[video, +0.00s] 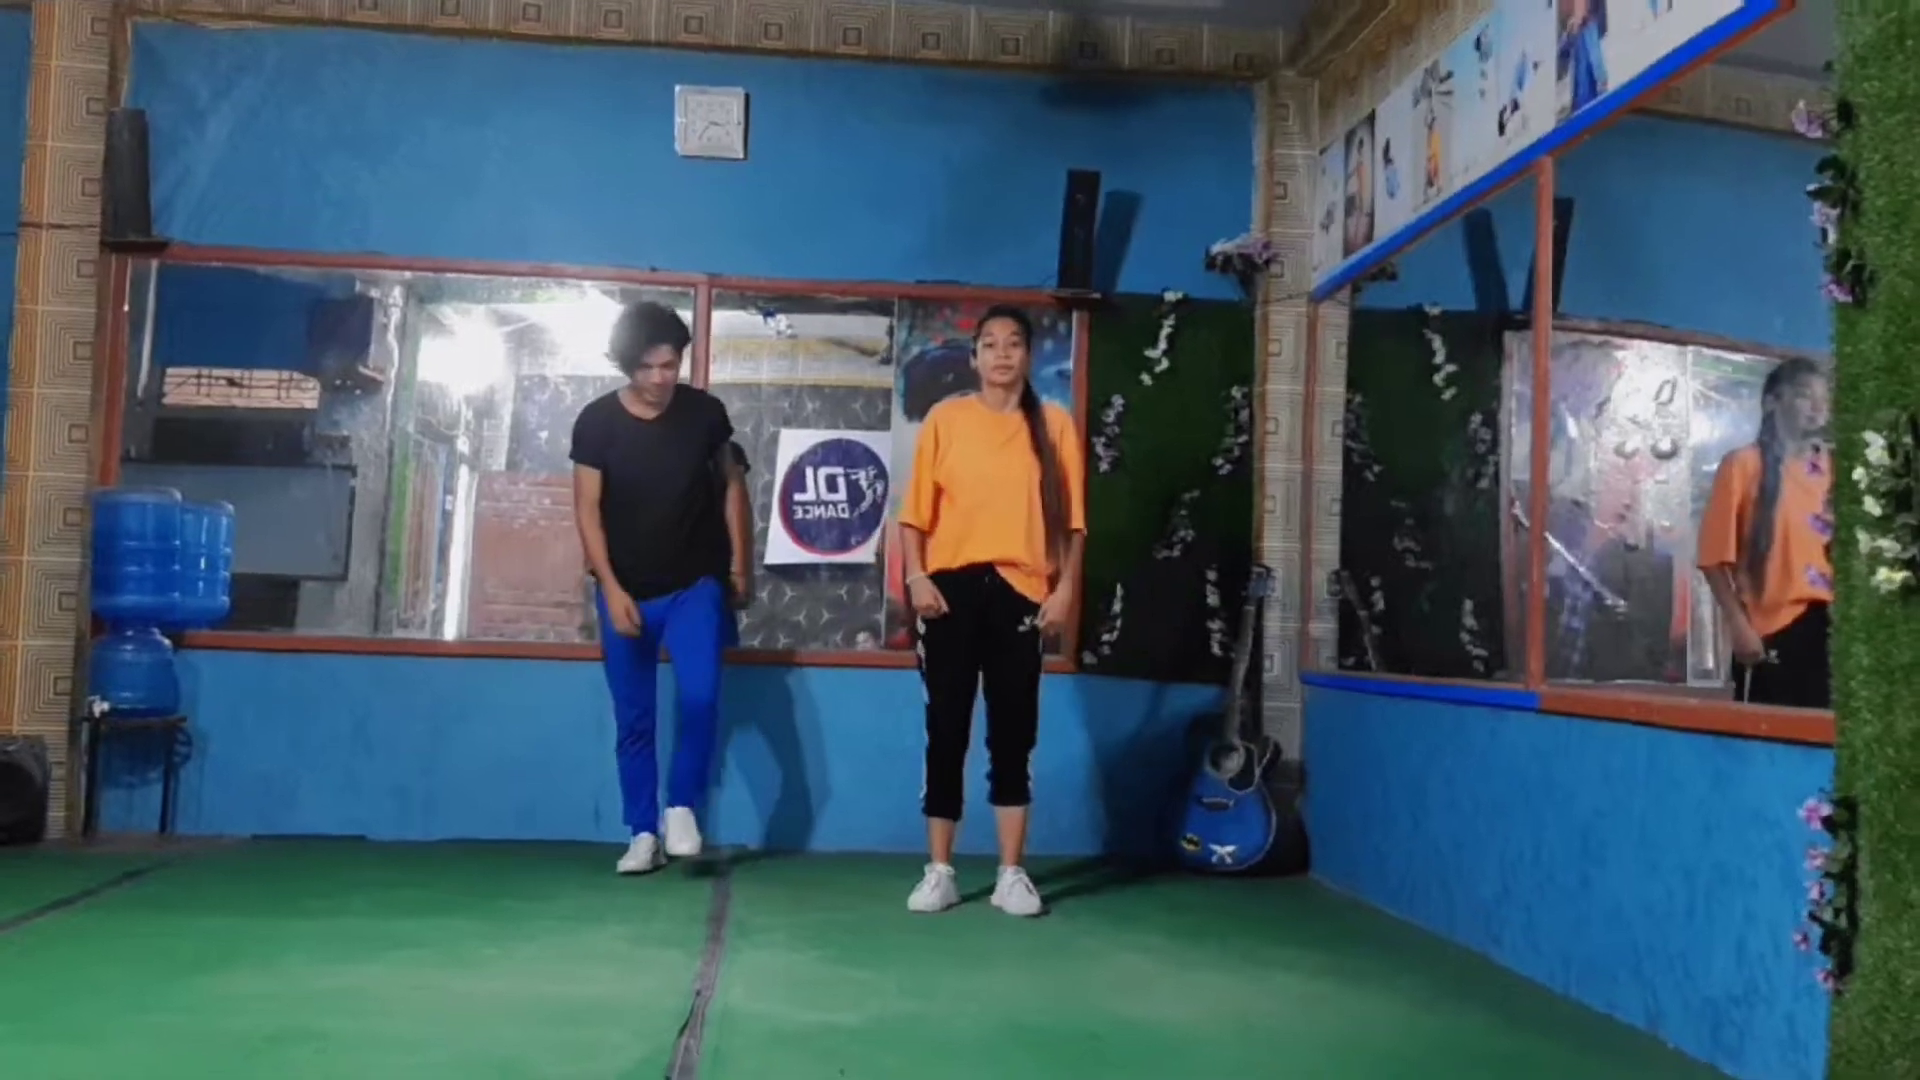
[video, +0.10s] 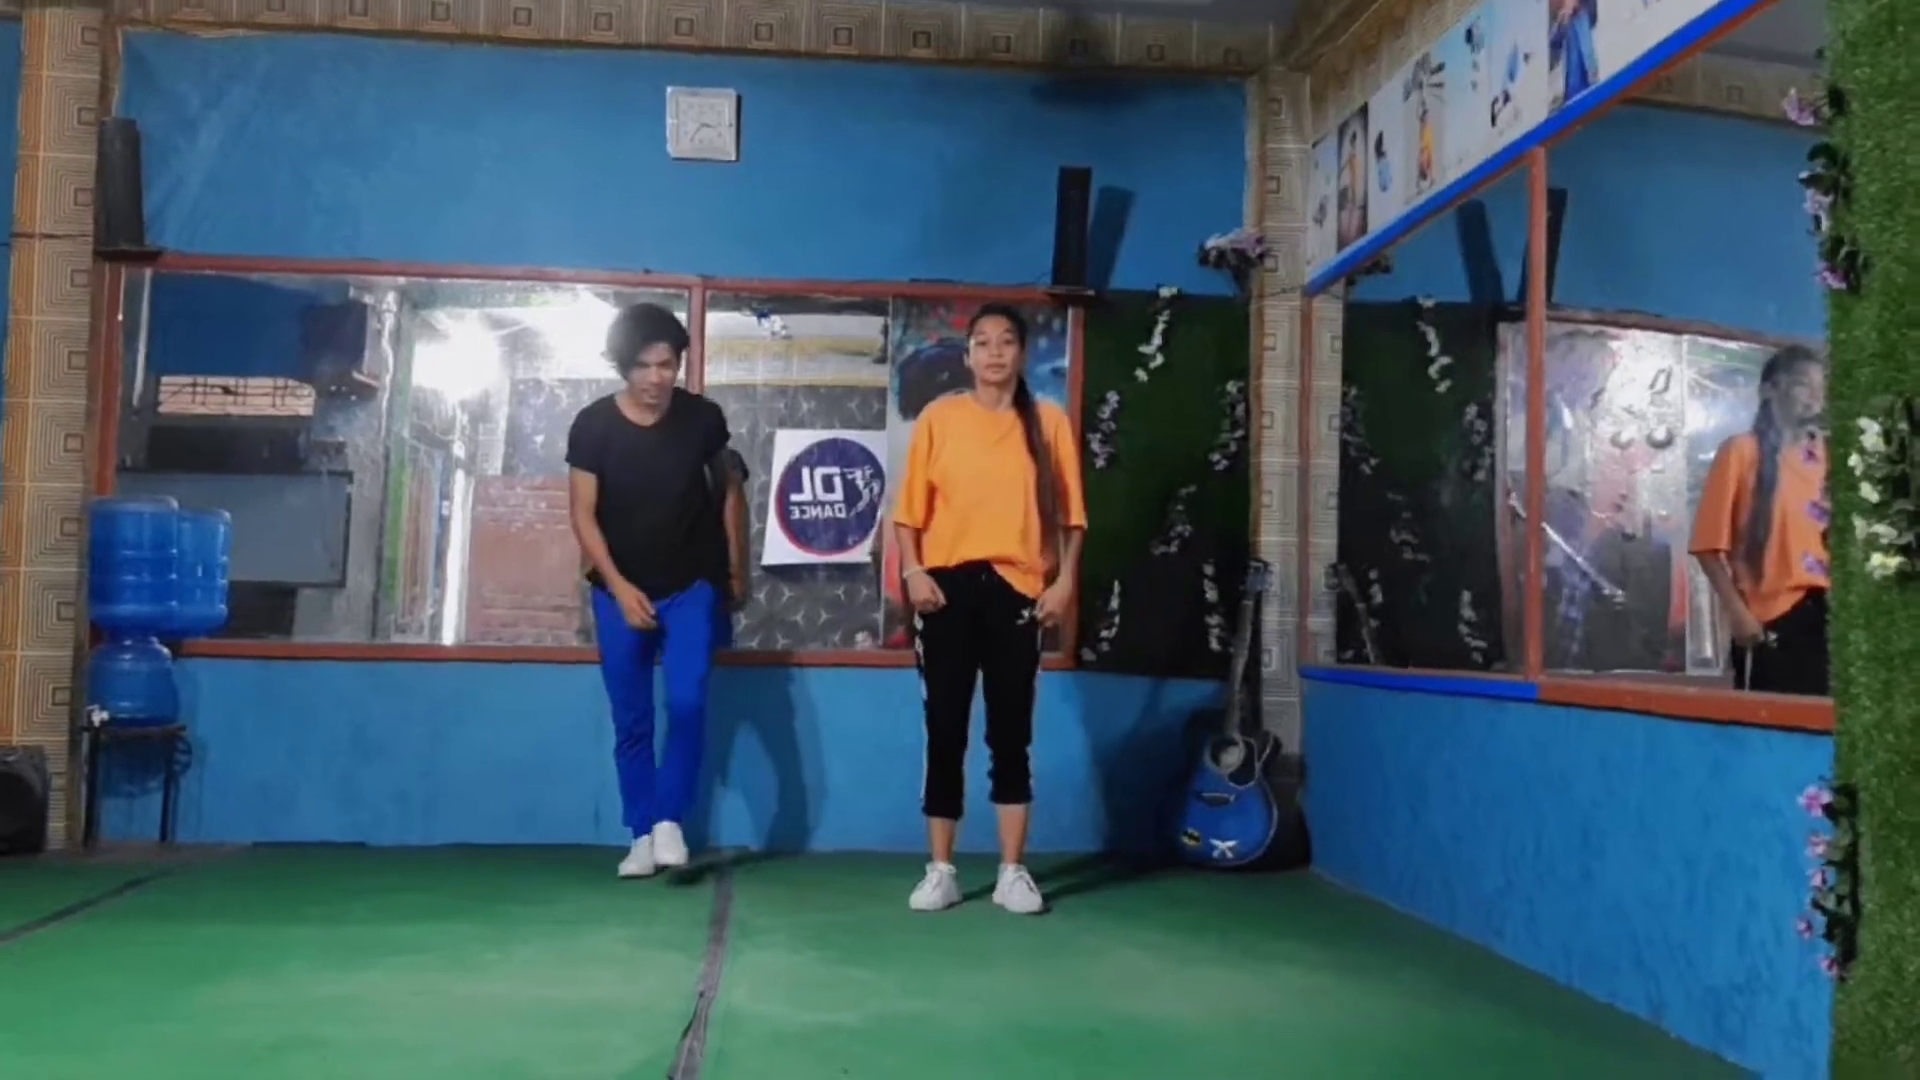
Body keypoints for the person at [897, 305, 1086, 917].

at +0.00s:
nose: (1001, 355)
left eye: (1013, 345)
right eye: (990, 345)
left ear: (1030, 356)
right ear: (974, 356)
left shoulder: (1054, 424)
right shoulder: (944, 419)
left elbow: (1073, 521)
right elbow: (913, 513)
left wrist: (1065, 588)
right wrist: (916, 576)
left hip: (1020, 590)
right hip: (950, 588)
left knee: (1013, 737)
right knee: (945, 736)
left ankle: (1011, 873)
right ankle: (939, 869)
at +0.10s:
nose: (993, 353)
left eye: (1005, 344)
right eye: (982, 344)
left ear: (1023, 354)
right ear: (968, 353)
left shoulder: (1049, 422)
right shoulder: (938, 418)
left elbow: (1072, 515)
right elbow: (906, 511)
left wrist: (1064, 582)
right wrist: (913, 571)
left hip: (1016, 589)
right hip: (946, 587)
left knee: (1011, 735)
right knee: (945, 735)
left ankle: (1012, 872)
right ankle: (940, 869)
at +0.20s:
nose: (993, 358)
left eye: (1005, 348)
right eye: (982, 348)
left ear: (1022, 358)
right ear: (967, 357)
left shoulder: (1048, 426)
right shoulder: (937, 422)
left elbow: (1070, 520)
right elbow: (905, 515)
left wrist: (1064, 587)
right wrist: (913, 576)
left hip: (1015, 593)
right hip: (945, 591)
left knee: (1009, 739)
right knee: (942, 739)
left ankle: (1008, 875)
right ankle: (936, 871)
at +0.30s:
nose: (992, 360)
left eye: (1004, 350)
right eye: (981, 350)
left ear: (1022, 358)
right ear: (967, 358)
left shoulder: (1049, 426)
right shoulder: (939, 423)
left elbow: (1072, 522)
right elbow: (910, 518)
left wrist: (1063, 591)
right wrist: (922, 580)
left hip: (1020, 592)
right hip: (950, 591)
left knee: (1015, 739)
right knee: (949, 738)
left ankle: (1017, 874)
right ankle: (945, 870)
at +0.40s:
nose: (991, 365)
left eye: (1002, 354)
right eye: (980, 354)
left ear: (1020, 359)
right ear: (964, 358)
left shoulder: (1044, 424)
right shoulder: (936, 421)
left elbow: (1057, 521)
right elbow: (912, 513)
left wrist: (1050, 592)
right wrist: (933, 575)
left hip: (1018, 591)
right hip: (949, 588)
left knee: (1013, 736)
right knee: (945, 734)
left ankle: (1014, 871)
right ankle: (942, 865)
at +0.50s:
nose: (984, 371)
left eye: (995, 359)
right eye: (973, 359)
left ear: (1012, 362)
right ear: (958, 362)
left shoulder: (1039, 426)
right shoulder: (930, 424)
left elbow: (1053, 526)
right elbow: (910, 519)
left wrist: (1044, 598)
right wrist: (937, 569)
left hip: (1014, 591)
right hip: (945, 588)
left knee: (1011, 735)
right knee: (941, 734)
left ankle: (1005, 868)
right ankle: (941, 866)